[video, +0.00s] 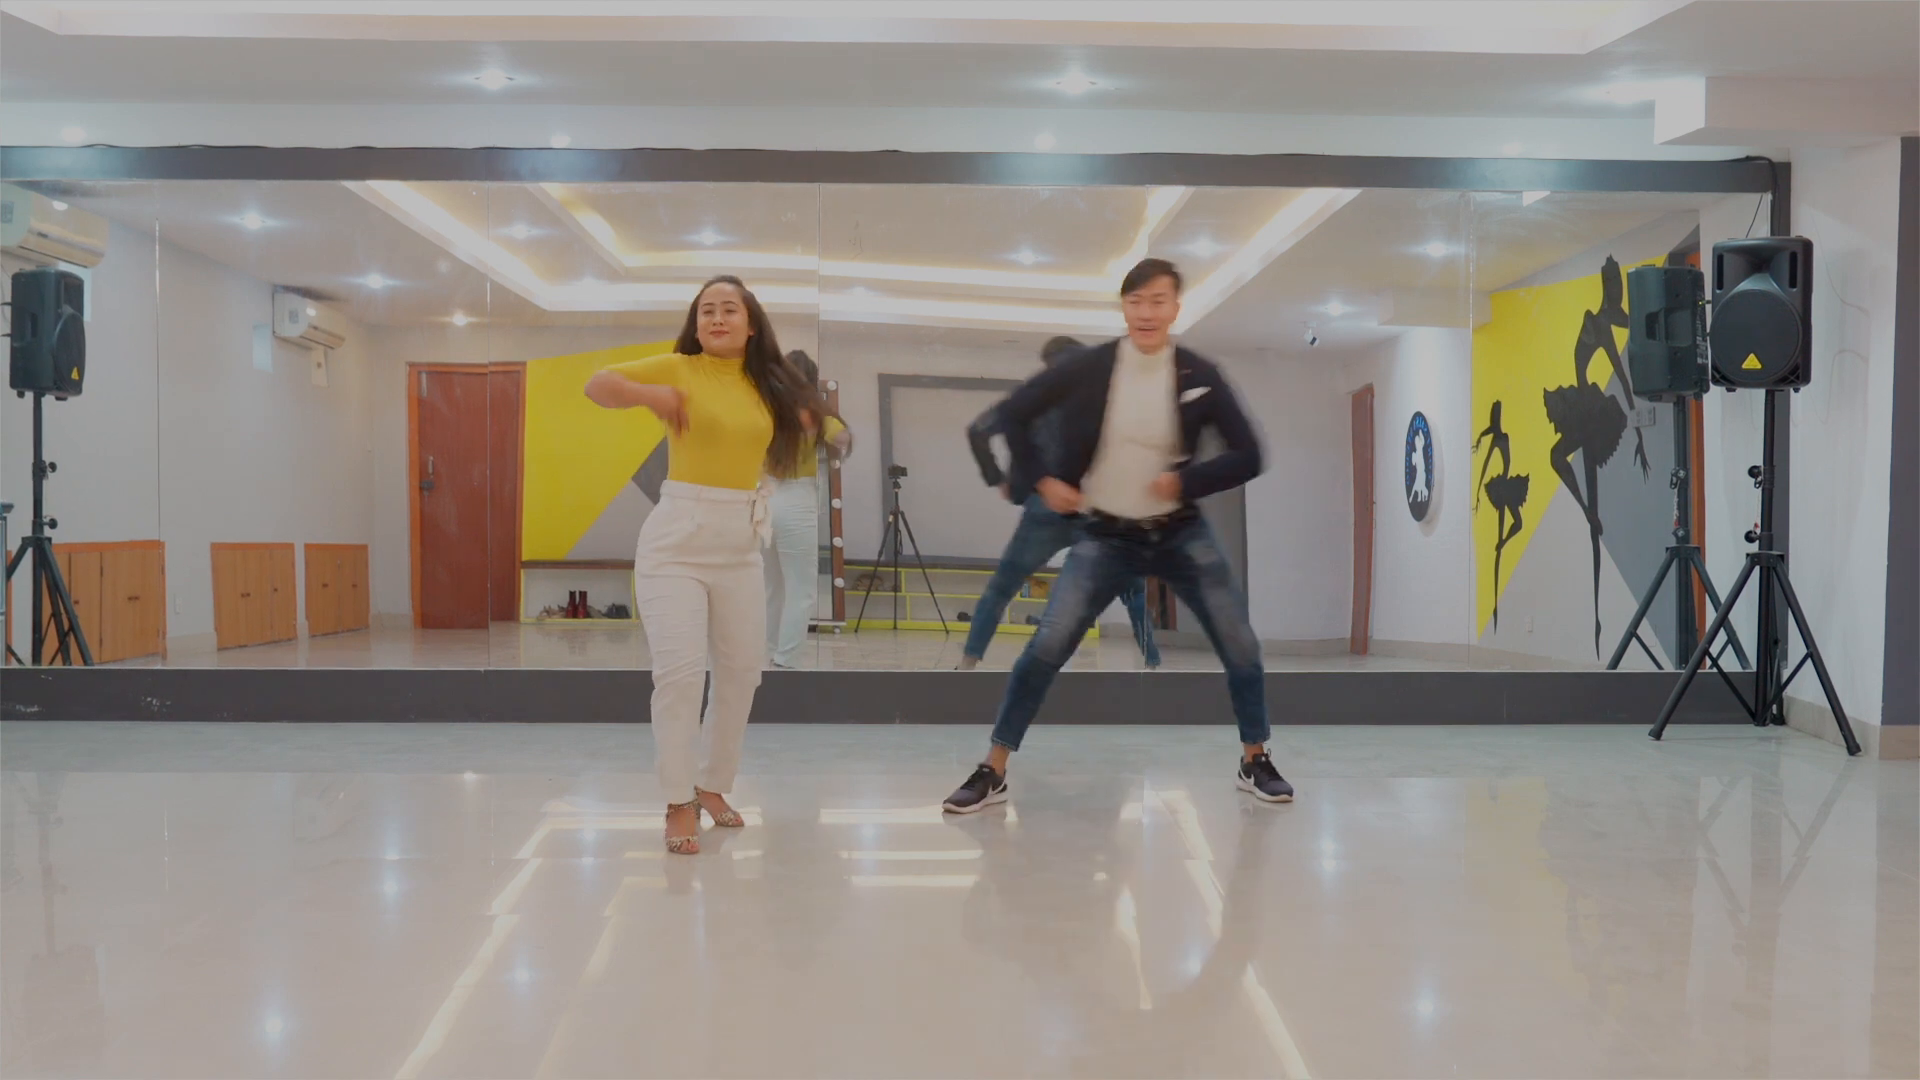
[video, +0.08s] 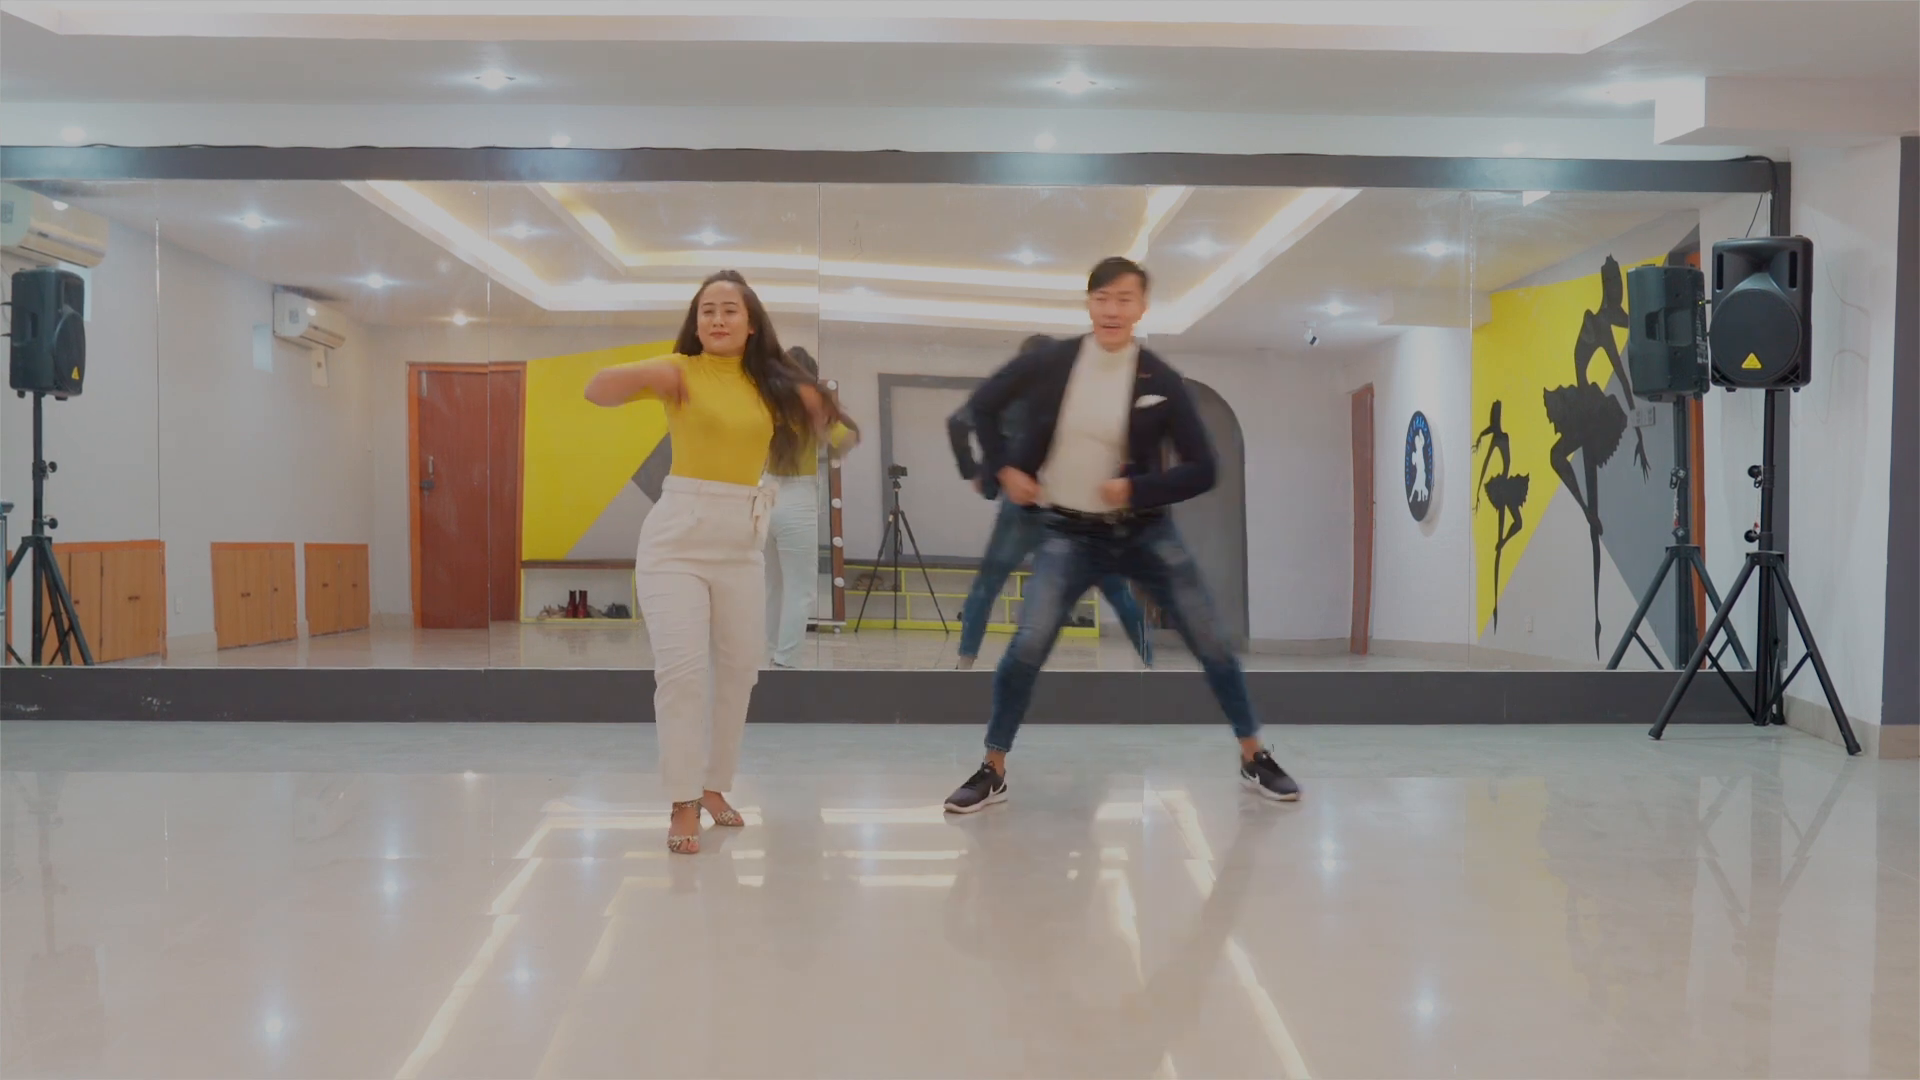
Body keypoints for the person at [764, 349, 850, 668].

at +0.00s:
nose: (818, 384)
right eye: (816, 379)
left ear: (782, 378)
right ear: (812, 380)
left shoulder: (765, 406)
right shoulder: (811, 410)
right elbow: (841, 436)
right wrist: (836, 451)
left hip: (760, 502)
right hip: (795, 504)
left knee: (771, 587)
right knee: (800, 589)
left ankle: (769, 656)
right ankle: (785, 663)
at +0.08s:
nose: (814, 382)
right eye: (813, 376)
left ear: (780, 373)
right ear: (810, 377)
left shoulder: (764, 402)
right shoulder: (809, 406)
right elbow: (847, 437)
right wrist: (836, 410)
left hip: (760, 499)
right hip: (796, 501)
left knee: (769, 585)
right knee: (798, 588)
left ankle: (770, 655)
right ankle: (785, 662)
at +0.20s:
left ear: (777, 377)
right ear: (809, 378)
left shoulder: (765, 408)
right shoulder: (812, 409)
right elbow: (836, 455)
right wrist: (863, 439)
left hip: (761, 496)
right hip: (799, 498)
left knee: (768, 582)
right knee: (798, 586)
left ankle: (767, 654)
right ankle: (786, 662)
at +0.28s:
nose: (811, 385)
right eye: (812, 379)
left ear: (781, 378)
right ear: (813, 381)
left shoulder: (764, 411)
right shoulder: (815, 417)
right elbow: (835, 460)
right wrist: (857, 476)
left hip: (762, 499)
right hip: (801, 500)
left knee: (764, 587)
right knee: (798, 591)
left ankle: (768, 657)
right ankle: (788, 663)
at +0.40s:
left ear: (782, 380)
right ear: (814, 380)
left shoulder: (772, 415)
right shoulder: (819, 422)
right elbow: (820, 472)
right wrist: (835, 507)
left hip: (774, 500)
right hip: (810, 501)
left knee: (770, 581)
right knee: (803, 586)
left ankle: (770, 655)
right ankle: (795, 659)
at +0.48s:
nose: (816, 382)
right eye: (814, 376)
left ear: (783, 377)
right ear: (812, 380)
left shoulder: (768, 413)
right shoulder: (812, 420)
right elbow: (808, 472)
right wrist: (827, 498)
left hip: (772, 497)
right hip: (805, 497)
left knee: (769, 580)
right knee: (806, 581)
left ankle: (759, 658)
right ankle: (800, 656)